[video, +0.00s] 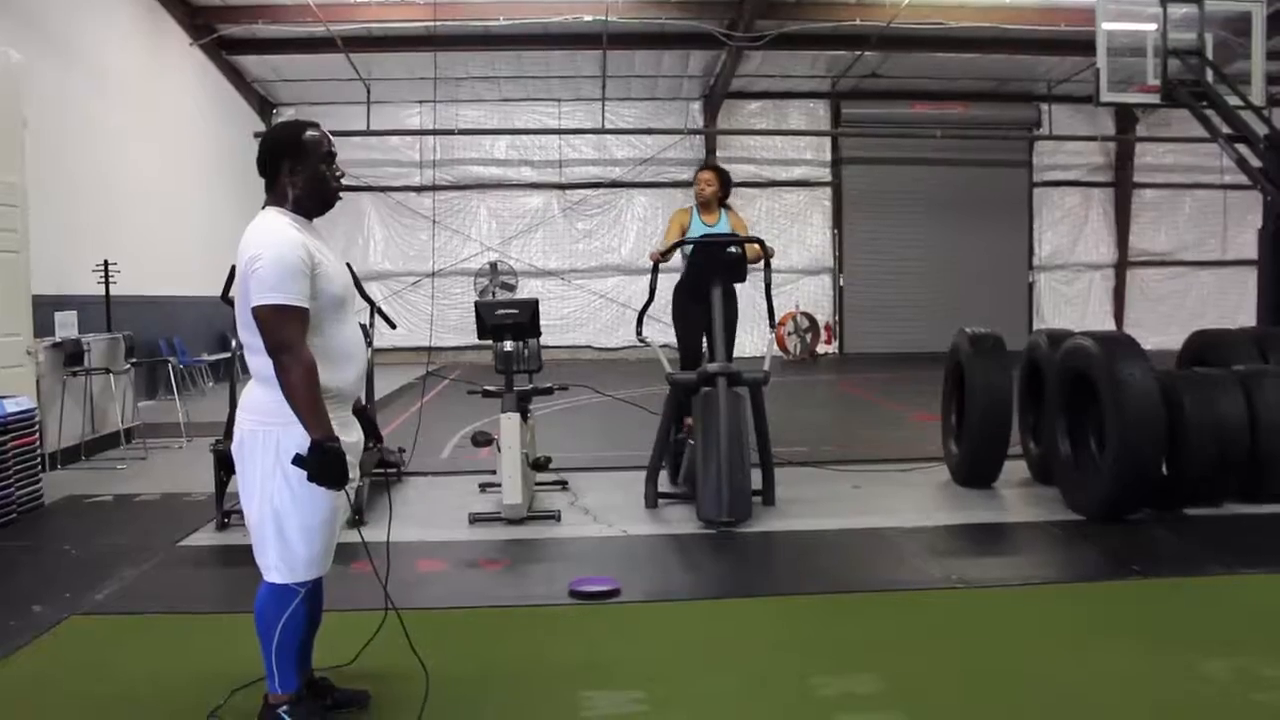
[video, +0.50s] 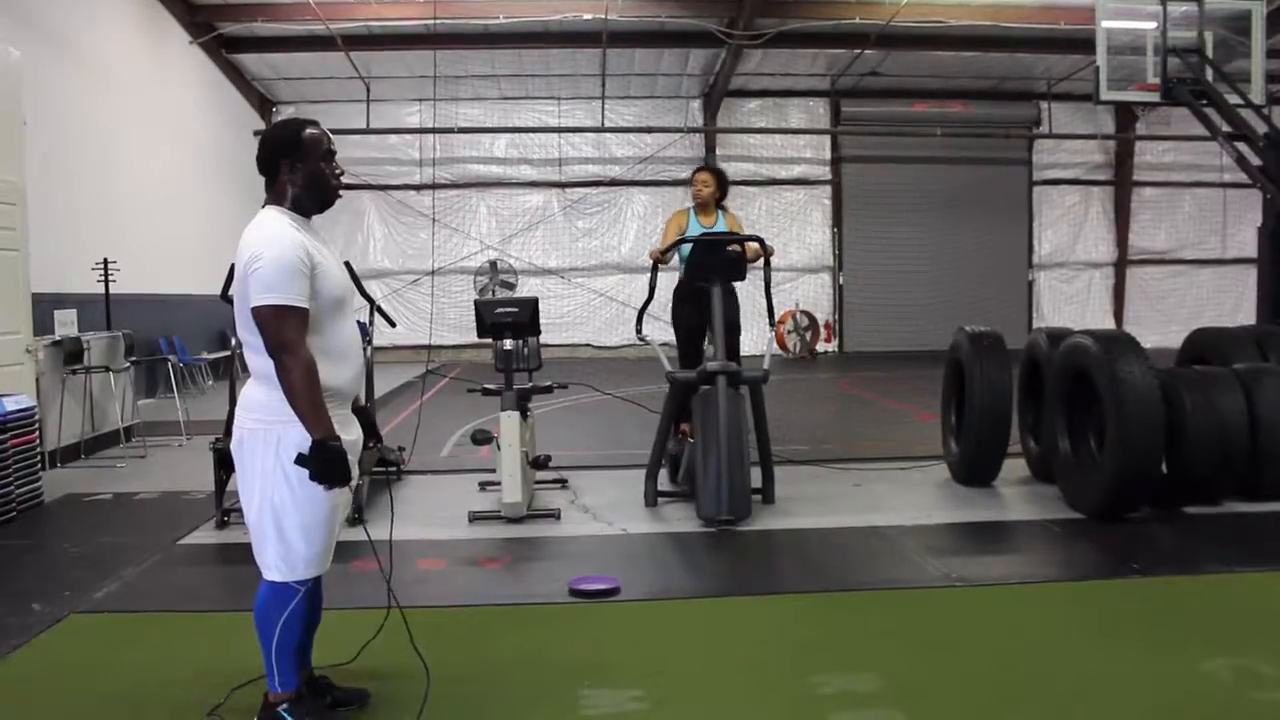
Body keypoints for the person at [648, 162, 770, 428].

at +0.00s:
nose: (700, 188)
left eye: (708, 184)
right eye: (698, 183)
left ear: (721, 190)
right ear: (693, 186)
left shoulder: (732, 218)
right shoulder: (683, 217)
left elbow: (750, 253)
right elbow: (670, 244)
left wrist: (761, 251)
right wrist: (660, 254)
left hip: (723, 292)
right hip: (690, 293)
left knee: (722, 357)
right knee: (690, 358)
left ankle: (721, 416)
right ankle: (687, 417)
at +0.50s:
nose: (697, 189)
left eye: (704, 185)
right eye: (695, 184)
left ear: (718, 190)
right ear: (690, 188)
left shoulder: (729, 219)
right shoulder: (680, 218)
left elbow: (745, 254)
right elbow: (667, 252)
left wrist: (759, 250)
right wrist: (659, 256)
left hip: (723, 294)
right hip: (689, 295)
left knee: (731, 356)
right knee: (690, 360)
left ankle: (731, 417)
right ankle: (685, 421)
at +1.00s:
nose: (704, 193)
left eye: (711, 189)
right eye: (701, 188)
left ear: (723, 194)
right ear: (696, 190)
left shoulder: (734, 221)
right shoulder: (685, 220)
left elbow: (746, 258)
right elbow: (670, 253)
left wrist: (759, 253)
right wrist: (660, 255)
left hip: (725, 294)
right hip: (692, 295)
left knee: (723, 352)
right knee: (696, 348)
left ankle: (721, 407)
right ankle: (690, 405)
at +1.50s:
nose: (692, 196)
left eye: (698, 191)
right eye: (687, 191)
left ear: (710, 197)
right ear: (681, 195)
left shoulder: (723, 224)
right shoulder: (673, 225)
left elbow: (740, 255)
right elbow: (663, 261)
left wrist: (758, 251)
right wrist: (657, 258)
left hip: (717, 298)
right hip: (684, 300)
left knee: (728, 359)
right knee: (686, 366)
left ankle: (730, 420)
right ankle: (683, 427)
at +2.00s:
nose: (709, 196)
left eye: (717, 192)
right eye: (705, 191)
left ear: (728, 198)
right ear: (701, 195)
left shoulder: (737, 225)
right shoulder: (688, 223)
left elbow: (748, 260)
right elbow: (672, 257)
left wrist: (760, 254)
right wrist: (660, 255)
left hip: (724, 297)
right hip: (691, 298)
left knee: (722, 356)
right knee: (693, 351)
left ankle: (721, 409)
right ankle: (687, 405)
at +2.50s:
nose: (683, 195)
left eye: (690, 190)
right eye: (679, 190)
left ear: (703, 195)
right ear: (675, 193)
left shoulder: (719, 222)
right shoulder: (669, 226)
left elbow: (739, 252)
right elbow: (663, 262)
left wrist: (757, 251)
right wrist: (656, 258)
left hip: (716, 298)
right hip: (683, 300)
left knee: (728, 360)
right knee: (686, 366)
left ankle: (728, 423)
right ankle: (684, 428)